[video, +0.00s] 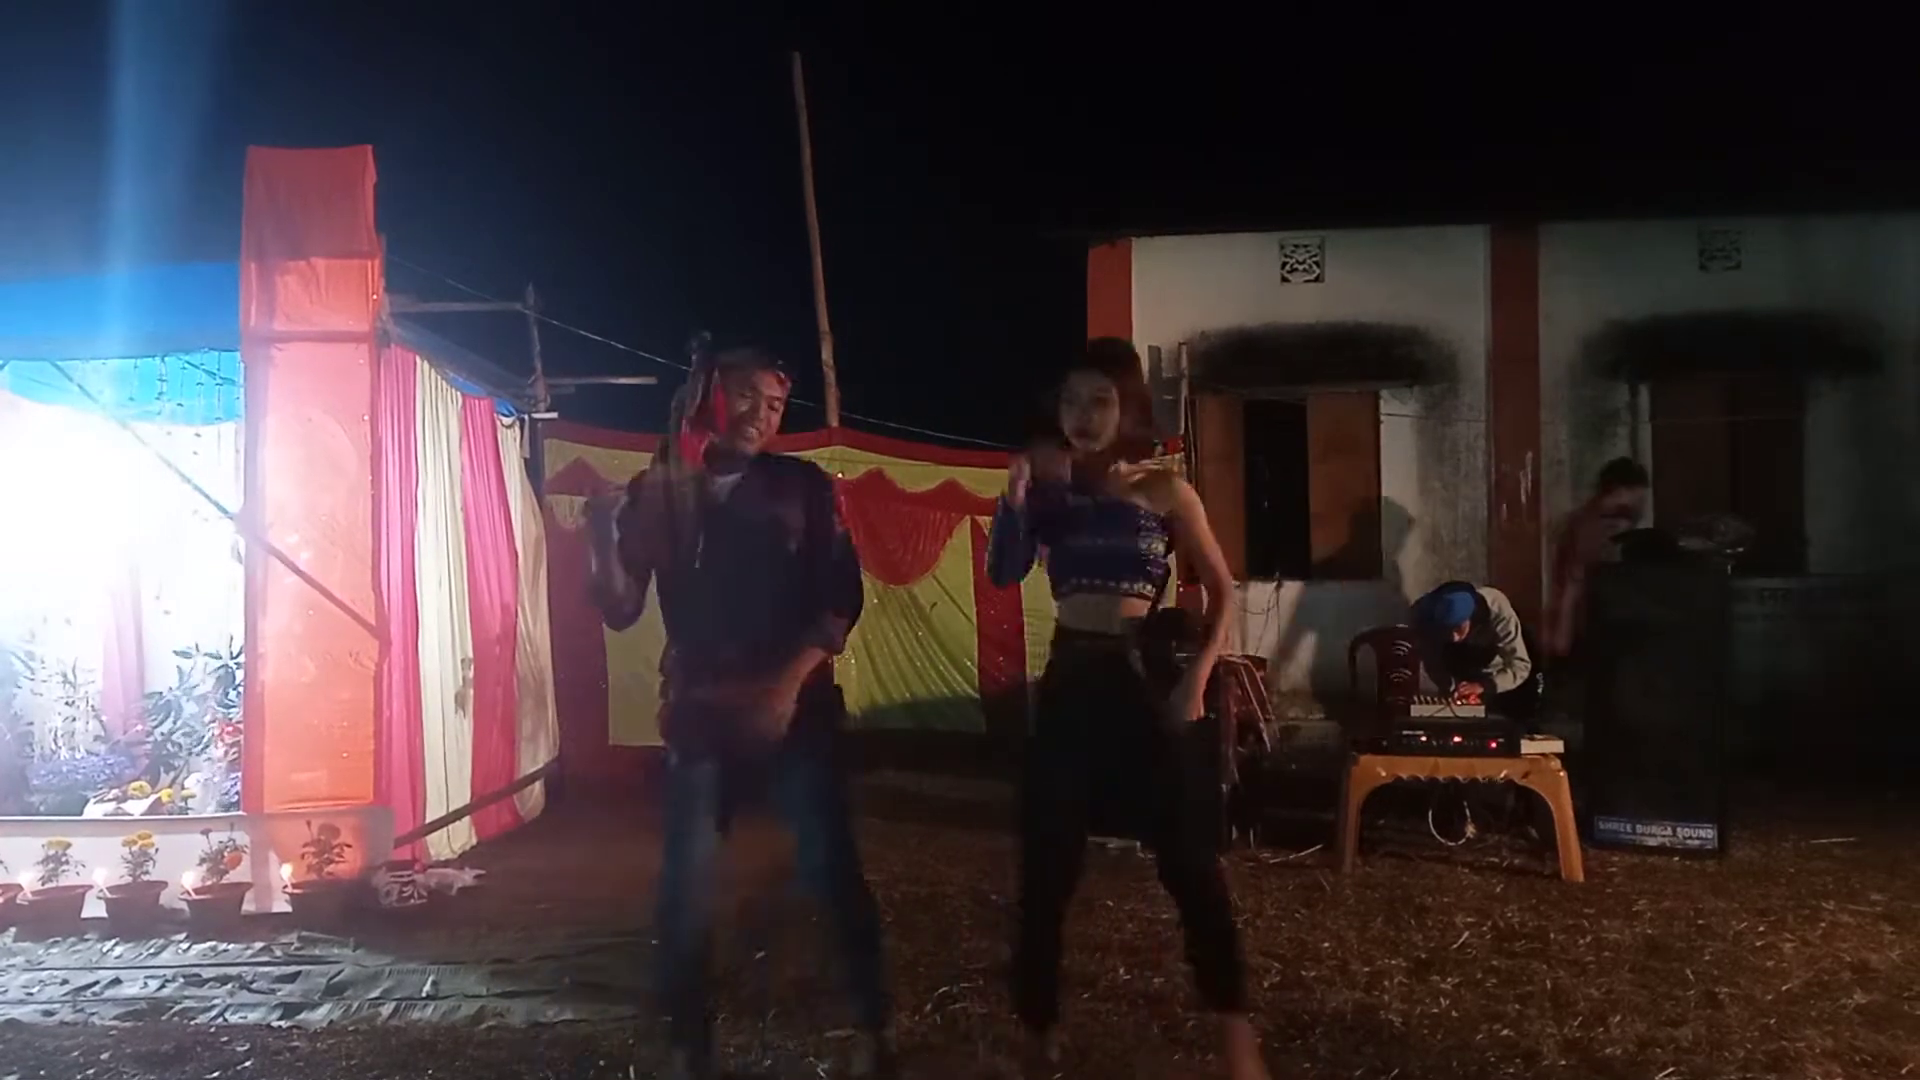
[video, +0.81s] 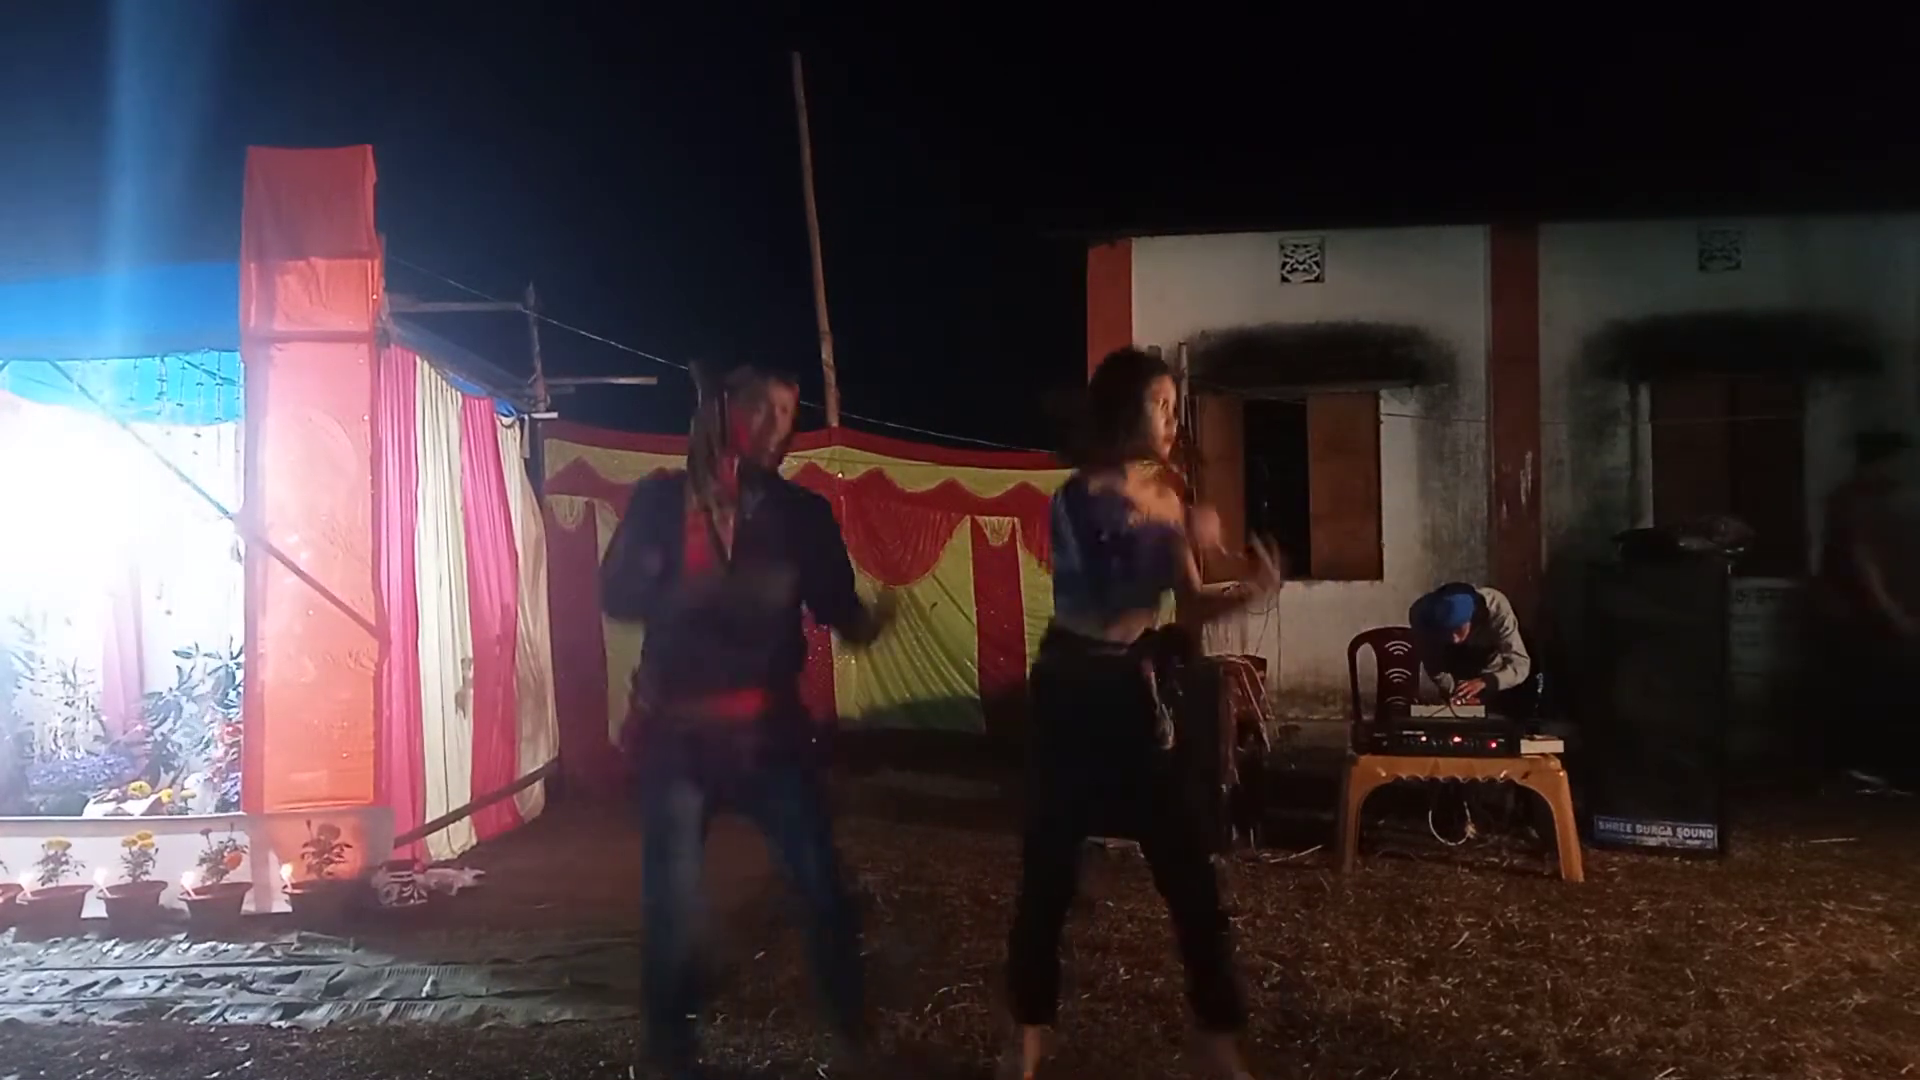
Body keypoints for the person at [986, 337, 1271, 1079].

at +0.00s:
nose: (1084, 414)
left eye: (1101, 401)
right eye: (1074, 400)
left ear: (1128, 409)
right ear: (1058, 405)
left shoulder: (1165, 490)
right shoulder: (1049, 484)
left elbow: (1223, 590)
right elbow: (1006, 571)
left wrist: (1198, 681)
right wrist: (1017, 487)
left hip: (1154, 684)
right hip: (1071, 682)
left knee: (1189, 862)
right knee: (1047, 861)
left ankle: (1239, 1037)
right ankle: (1037, 1037)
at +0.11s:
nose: (1068, 445)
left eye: (1084, 431)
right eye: (1063, 430)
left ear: (1122, 439)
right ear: (1057, 437)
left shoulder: (1162, 518)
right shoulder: (1048, 520)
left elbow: (1228, 622)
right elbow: (1011, 623)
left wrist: (1183, 707)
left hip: (1162, 721)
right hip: (1082, 723)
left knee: (1210, 898)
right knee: (1047, 906)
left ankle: (1296, 1048)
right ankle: (1063, 1054)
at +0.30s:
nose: (1060, 467)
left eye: (1078, 457)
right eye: (1058, 453)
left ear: (1112, 470)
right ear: (1053, 461)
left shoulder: (1151, 541)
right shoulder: (1057, 558)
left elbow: (1228, 638)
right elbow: (1015, 650)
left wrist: (1179, 729)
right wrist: (998, 681)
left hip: (1181, 731)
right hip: (1107, 737)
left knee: (1221, 913)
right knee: (1062, 915)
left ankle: (1306, 1061)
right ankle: (1058, 1057)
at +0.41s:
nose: (1064, 437)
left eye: (1081, 425)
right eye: (1059, 422)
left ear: (1120, 433)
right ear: (1054, 428)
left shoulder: (1150, 509)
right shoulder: (1057, 522)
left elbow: (1227, 597)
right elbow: (975, 583)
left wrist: (1189, 692)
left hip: (1195, 700)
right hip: (1124, 707)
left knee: (1242, 885)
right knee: (1086, 881)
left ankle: (1311, 1052)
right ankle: (1064, 1050)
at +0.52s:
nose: (1074, 441)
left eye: (1090, 429)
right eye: (1070, 427)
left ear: (1128, 435)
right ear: (1064, 432)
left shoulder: (1164, 515)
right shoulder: (1062, 528)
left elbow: (1237, 615)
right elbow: (1001, 610)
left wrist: (1197, 712)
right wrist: (935, 576)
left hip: (1195, 708)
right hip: (1121, 713)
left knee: (1238, 894)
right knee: (1080, 890)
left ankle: (1309, 1056)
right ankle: (1055, 1046)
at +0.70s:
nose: (1157, 458)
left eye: (1163, 446)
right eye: (1143, 445)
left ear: (1168, 458)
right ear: (1105, 454)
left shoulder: (1183, 539)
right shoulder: (1073, 542)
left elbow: (1204, 647)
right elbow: (1081, 652)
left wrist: (1192, 708)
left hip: (1173, 743)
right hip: (1095, 742)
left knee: (1205, 906)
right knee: (1056, 906)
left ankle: (1295, 1051)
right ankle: (1048, 1056)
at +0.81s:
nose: (1172, 421)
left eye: (1173, 408)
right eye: (1160, 406)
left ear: (1170, 416)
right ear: (1121, 410)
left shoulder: (1174, 501)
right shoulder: (1075, 499)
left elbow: (1191, 600)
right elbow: (1082, 607)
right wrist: (1168, 565)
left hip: (1152, 689)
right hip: (1074, 691)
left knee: (1189, 871)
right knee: (1049, 871)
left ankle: (1221, 1043)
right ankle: (1027, 1045)